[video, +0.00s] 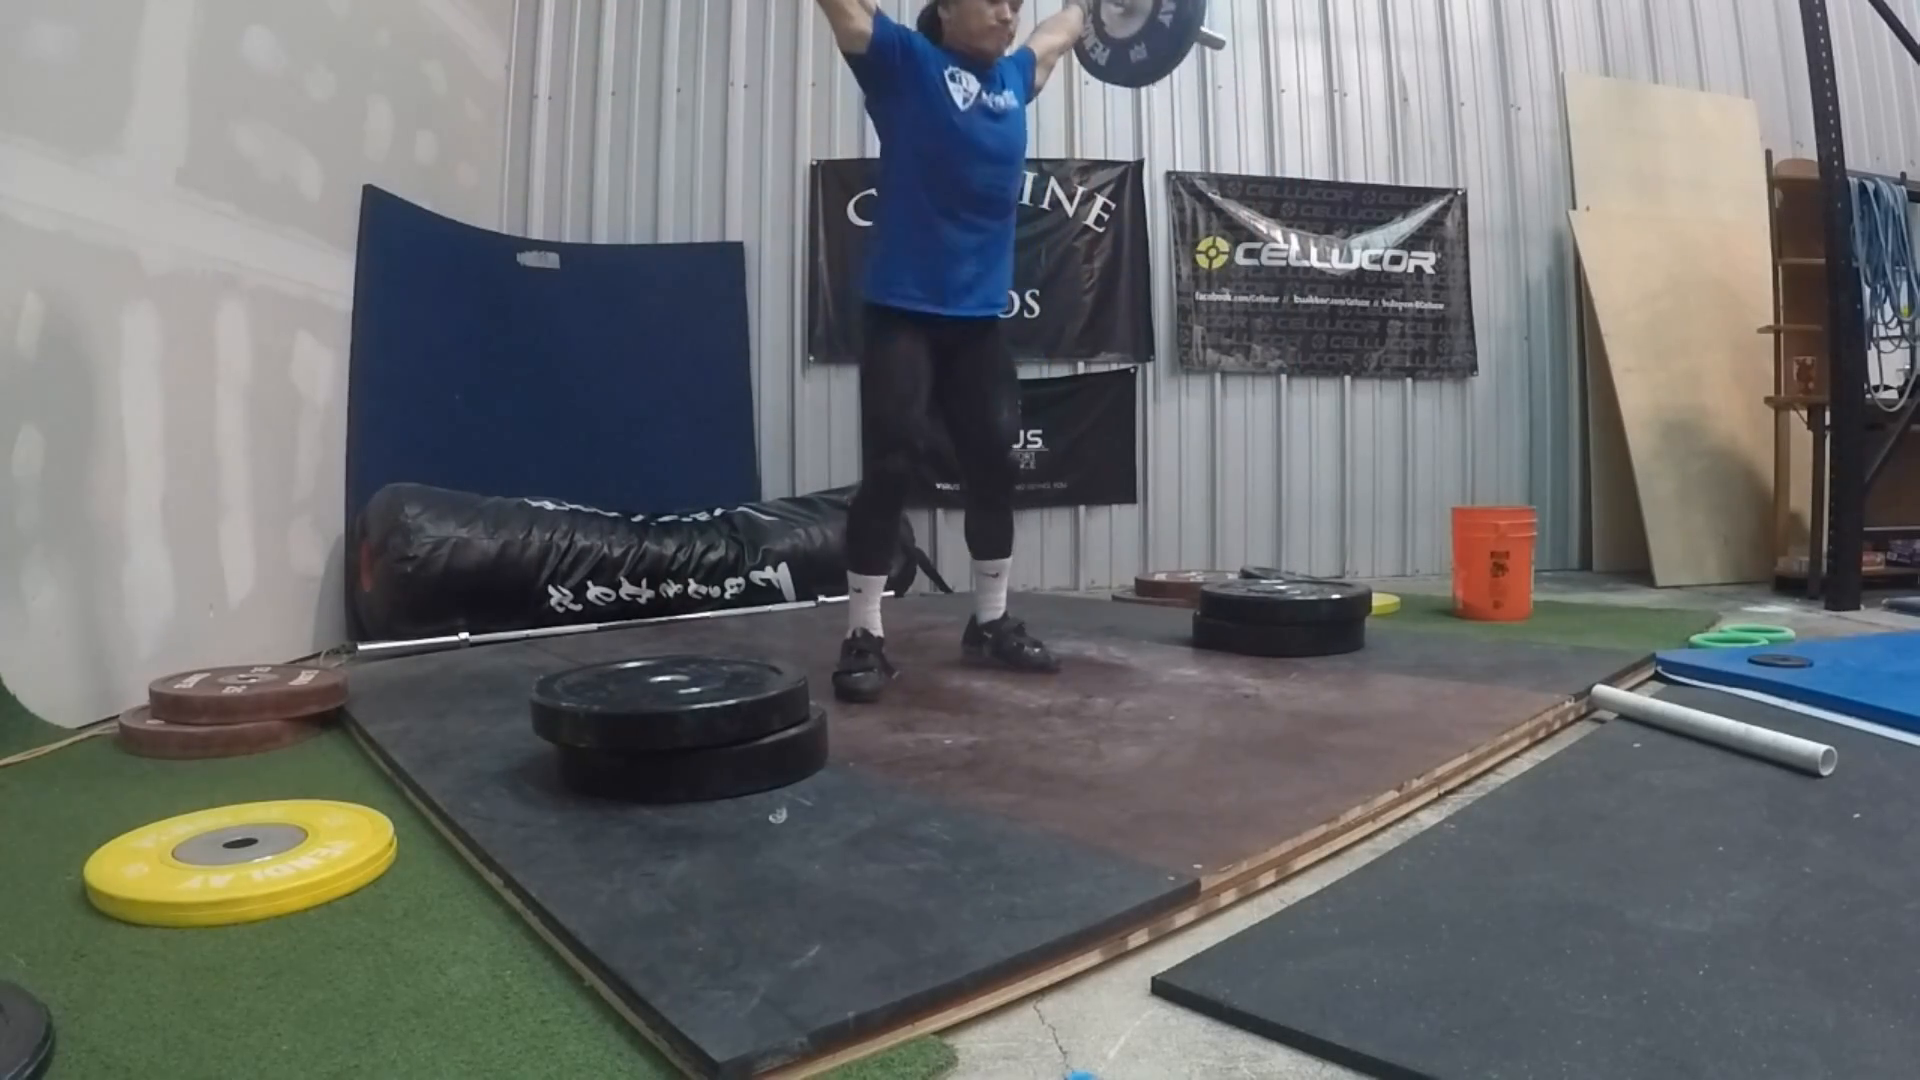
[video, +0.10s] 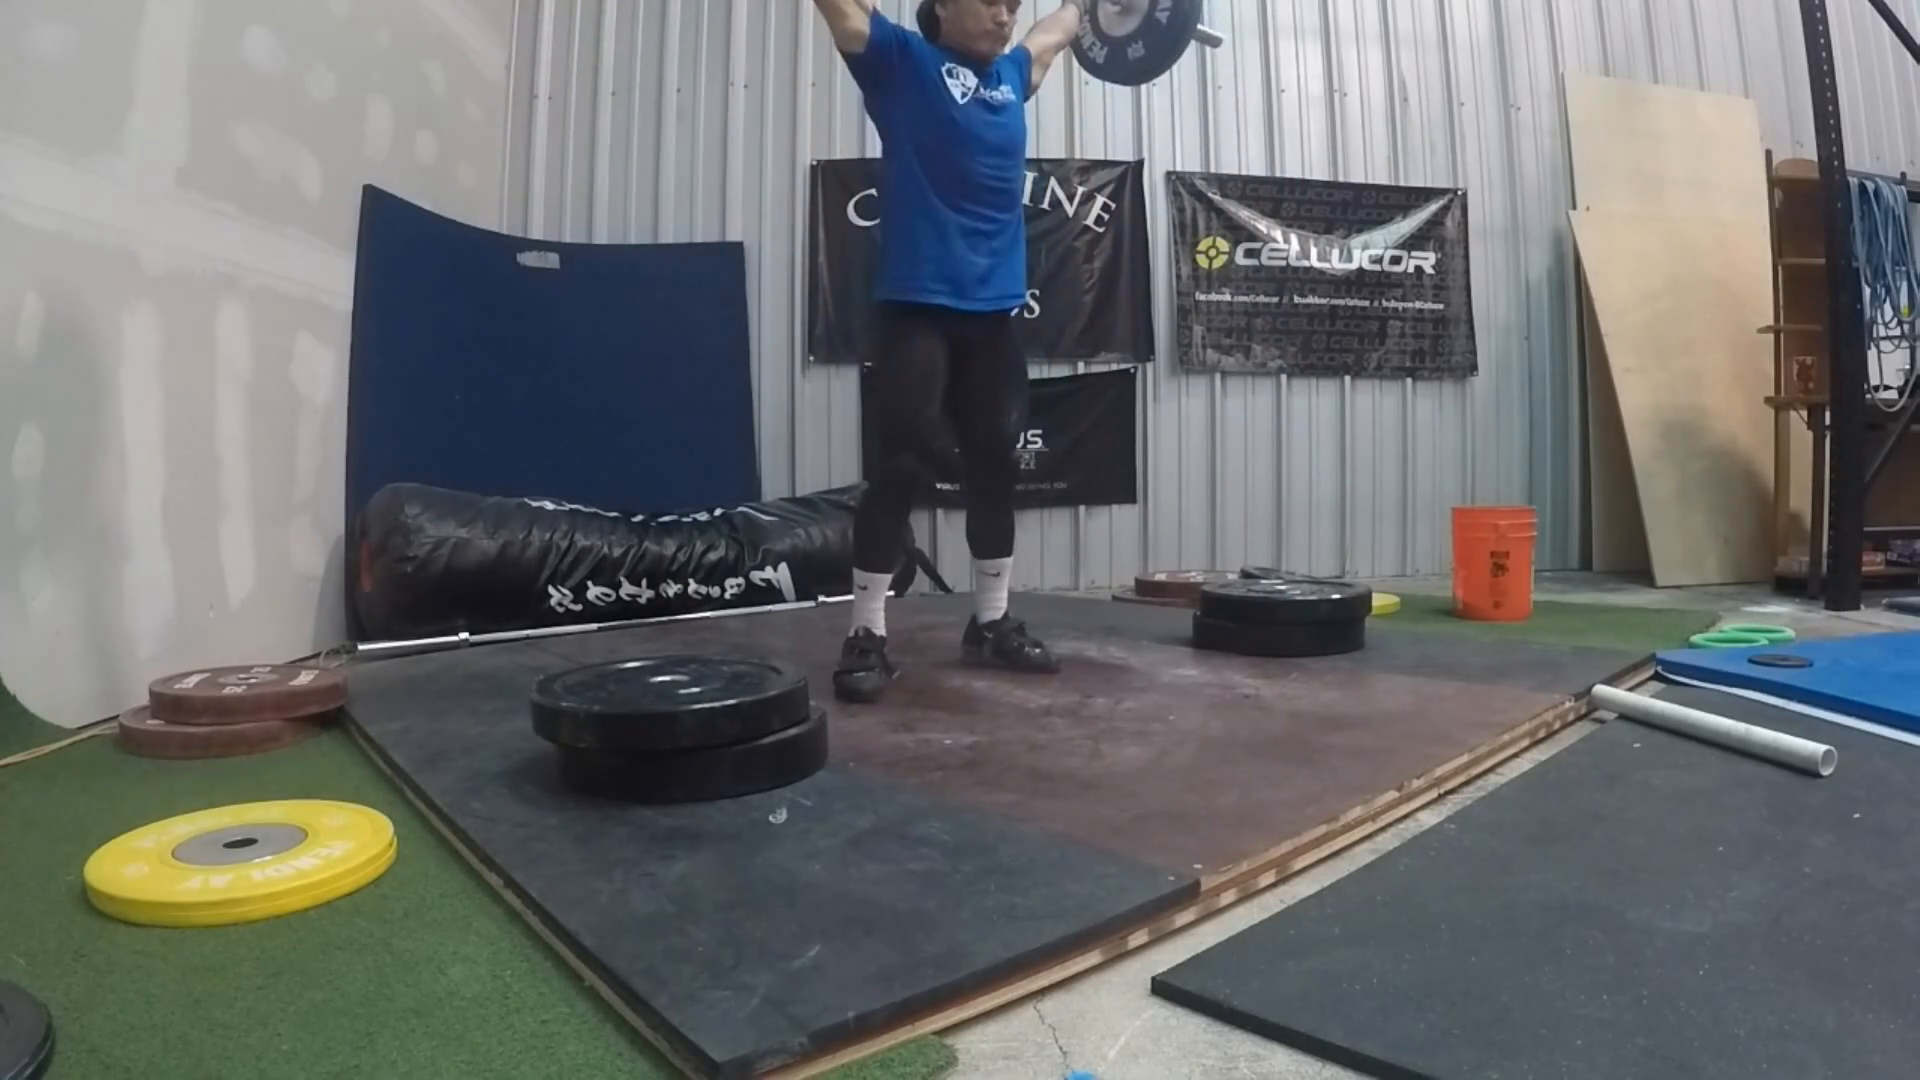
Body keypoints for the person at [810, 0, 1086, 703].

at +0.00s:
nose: (1005, 14)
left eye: (1011, 5)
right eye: (989, 1)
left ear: (1012, 16)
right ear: (945, 10)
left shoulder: (1012, 77)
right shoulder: (905, 61)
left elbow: (1056, 37)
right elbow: (839, 7)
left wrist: (1095, 8)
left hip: (982, 318)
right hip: (901, 314)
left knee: (995, 465)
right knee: (890, 468)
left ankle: (991, 623)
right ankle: (864, 636)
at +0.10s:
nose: (1004, 16)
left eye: (1011, 7)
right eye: (989, 3)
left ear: (1010, 16)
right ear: (942, 7)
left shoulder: (1010, 74)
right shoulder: (900, 58)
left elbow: (1055, 34)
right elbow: (835, 6)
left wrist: (1096, 5)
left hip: (994, 313)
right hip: (912, 309)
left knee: (996, 465)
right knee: (899, 467)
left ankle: (991, 622)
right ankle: (866, 636)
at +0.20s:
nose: (1001, 17)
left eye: (1007, 8)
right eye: (985, 4)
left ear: (1006, 18)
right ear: (939, 11)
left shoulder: (1007, 78)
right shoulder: (896, 61)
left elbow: (1052, 39)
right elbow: (829, 8)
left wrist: (1092, 7)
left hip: (998, 312)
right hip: (918, 309)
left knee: (996, 465)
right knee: (901, 467)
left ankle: (992, 622)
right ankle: (867, 635)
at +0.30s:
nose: (994, 23)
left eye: (999, 14)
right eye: (978, 10)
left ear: (996, 28)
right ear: (932, 18)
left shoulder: (1000, 83)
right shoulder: (889, 68)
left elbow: (1044, 45)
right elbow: (821, 11)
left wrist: (1087, 11)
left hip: (998, 313)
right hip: (918, 311)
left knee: (1001, 463)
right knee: (905, 464)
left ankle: (992, 624)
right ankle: (867, 636)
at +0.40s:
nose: (981, 40)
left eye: (987, 28)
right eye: (967, 24)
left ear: (990, 38)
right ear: (921, 27)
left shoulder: (989, 92)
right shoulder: (880, 79)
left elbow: (1031, 54)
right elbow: (814, 17)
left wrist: (1074, 16)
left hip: (991, 316)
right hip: (912, 315)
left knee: (1004, 457)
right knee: (898, 463)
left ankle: (993, 621)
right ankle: (867, 633)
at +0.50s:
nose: (962, 44)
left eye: (968, 34)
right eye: (948, 30)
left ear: (972, 45)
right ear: (904, 37)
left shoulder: (977, 98)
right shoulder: (869, 89)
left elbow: (1021, 63)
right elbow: (800, 22)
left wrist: (1063, 22)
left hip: (976, 319)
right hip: (898, 319)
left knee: (991, 457)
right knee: (884, 457)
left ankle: (991, 621)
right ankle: (856, 631)